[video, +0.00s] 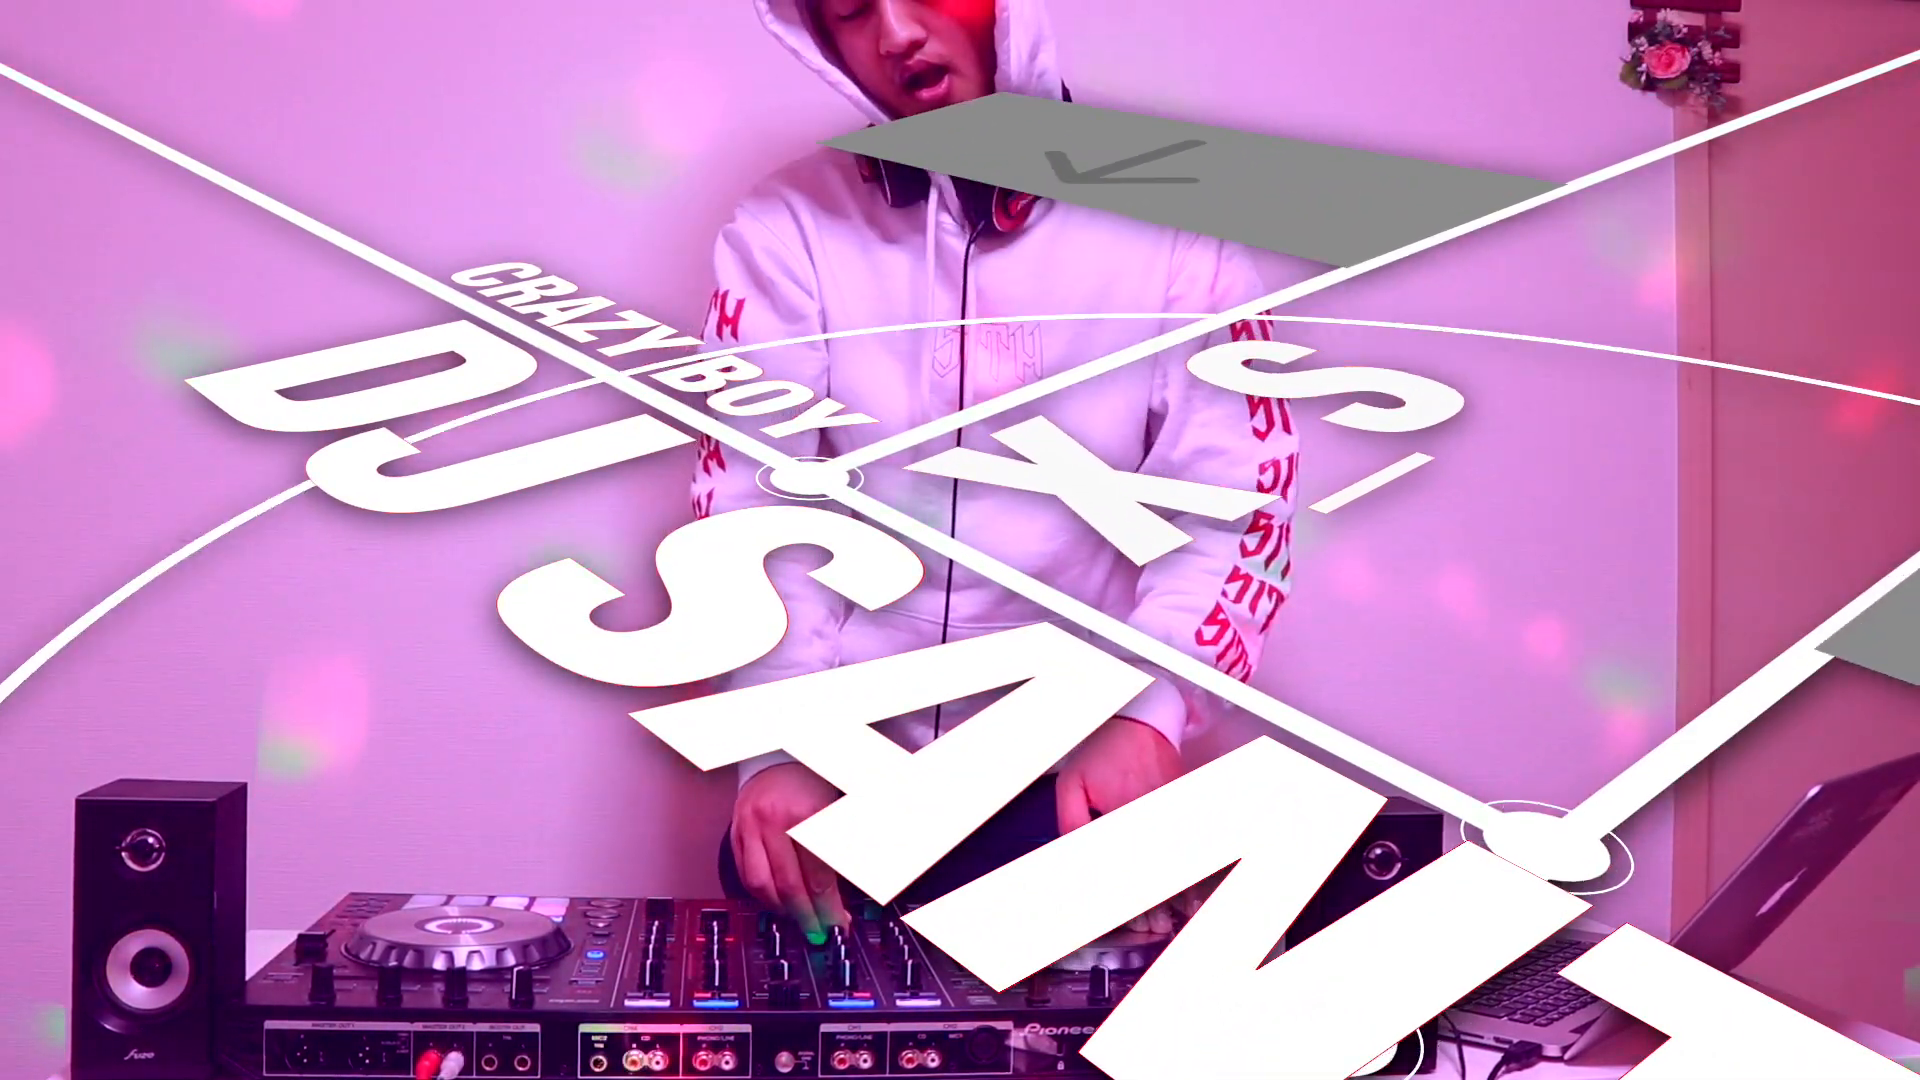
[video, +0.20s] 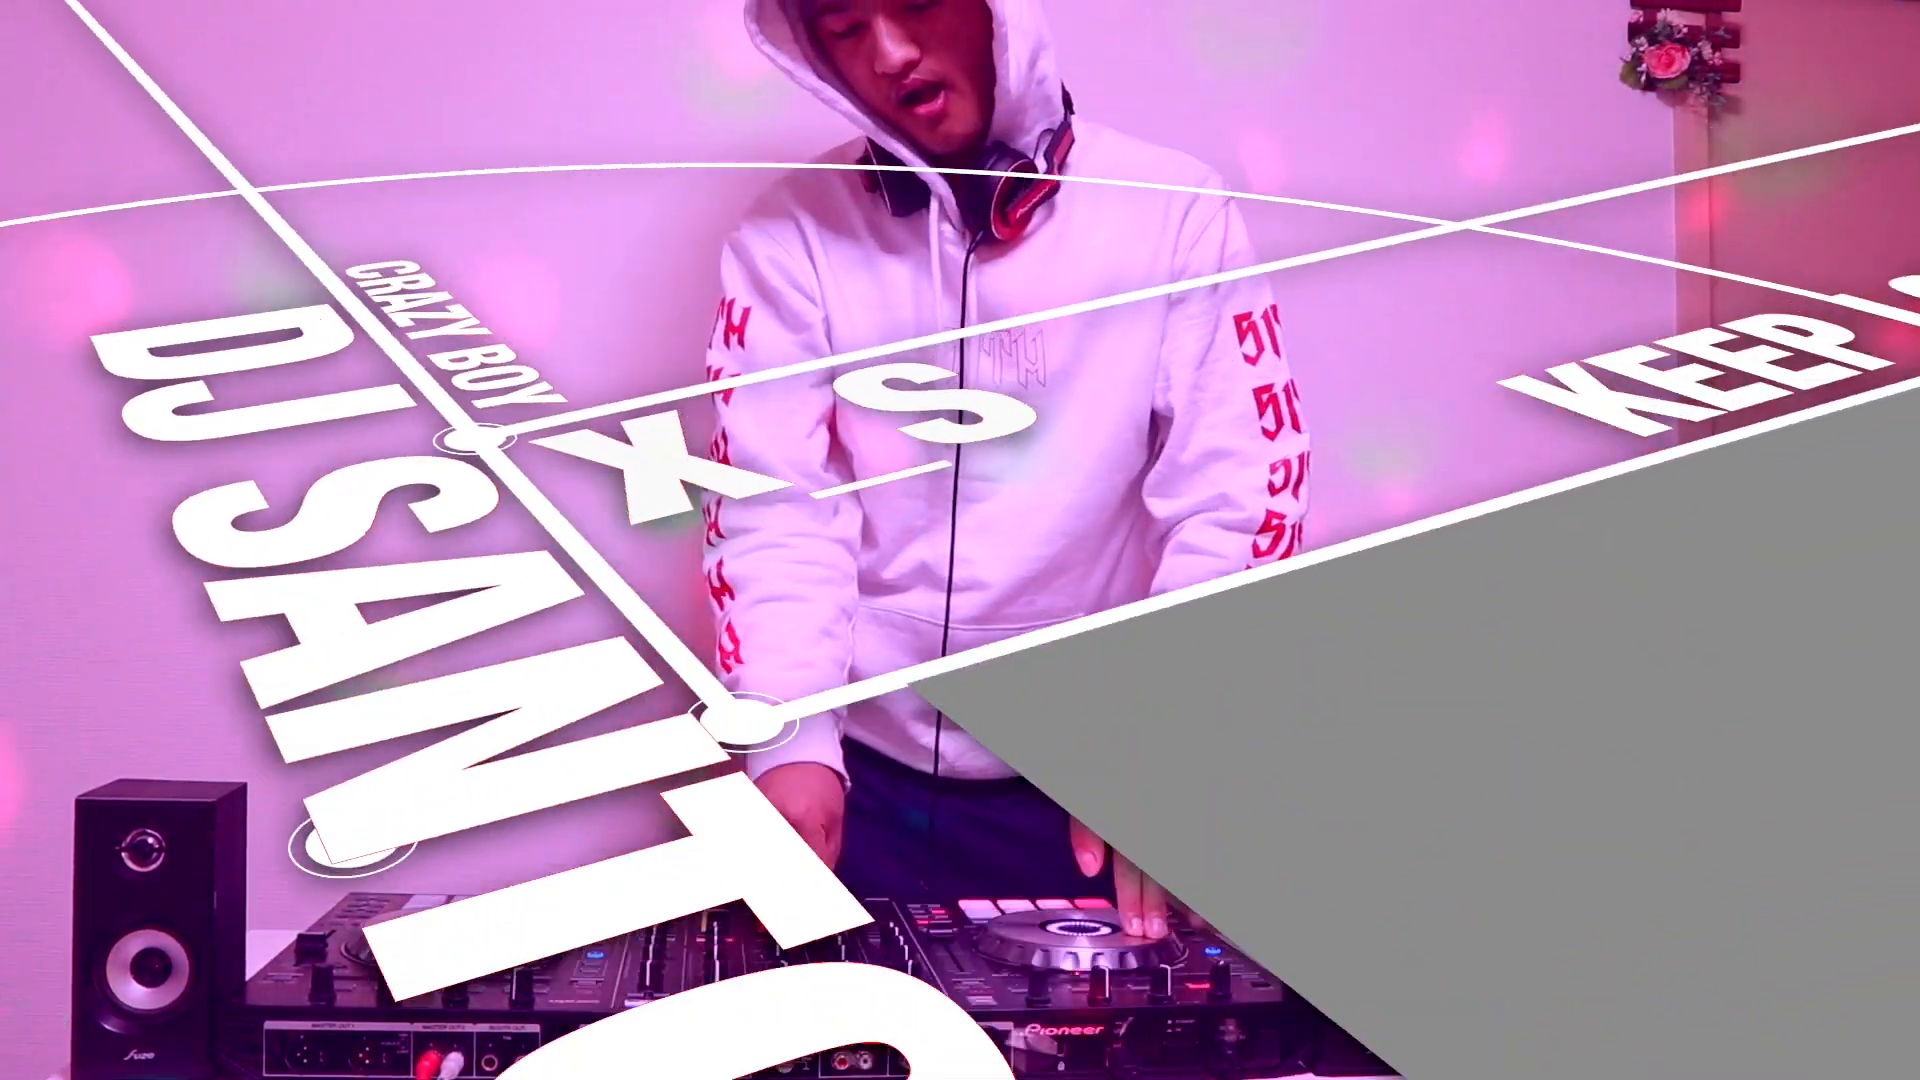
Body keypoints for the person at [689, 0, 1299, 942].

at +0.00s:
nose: (900, 34)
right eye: (855, 11)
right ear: (824, 42)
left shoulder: (1170, 224)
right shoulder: (785, 235)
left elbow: (1237, 514)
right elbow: (753, 508)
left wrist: (1148, 713)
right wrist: (782, 739)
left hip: (1084, 746)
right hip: (846, 752)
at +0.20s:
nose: (893, 58)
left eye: (918, 5)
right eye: (844, 31)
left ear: (995, 2)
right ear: (820, 62)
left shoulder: (1175, 213)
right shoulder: (791, 240)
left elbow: (1236, 508)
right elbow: (774, 517)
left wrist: (1167, 762)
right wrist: (794, 745)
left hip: (1089, 803)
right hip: (863, 794)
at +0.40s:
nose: (908, 78)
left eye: (935, 20)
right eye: (855, 47)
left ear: (1004, 12)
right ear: (823, 71)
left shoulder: (1174, 216)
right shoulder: (783, 243)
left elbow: (1248, 481)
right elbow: (755, 510)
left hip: (1117, 592)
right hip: (883, 608)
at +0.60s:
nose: (953, 76)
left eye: (979, 22)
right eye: (899, 45)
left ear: (1024, 25)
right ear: (844, 66)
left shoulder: (1152, 209)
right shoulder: (775, 238)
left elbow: (1248, 443)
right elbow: (752, 499)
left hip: (1115, 583)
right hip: (885, 601)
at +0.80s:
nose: (905, 34)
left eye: (942, 7)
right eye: (863, 15)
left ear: (991, 25)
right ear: (808, 34)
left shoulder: (1093, 196)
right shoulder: (735, 234)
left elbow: (1198, 419)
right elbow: (707, 491)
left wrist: (1009, 210)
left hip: (1074, 578)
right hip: (844, 594)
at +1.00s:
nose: (828, 46)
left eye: (855, 6)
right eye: (782, 16)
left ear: (901, 19)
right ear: (724, 37)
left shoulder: (976, 188)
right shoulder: (651, 232)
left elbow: (1135, 334)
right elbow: (660, 479)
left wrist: (980, 132)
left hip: (971, 559)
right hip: (770, 582)